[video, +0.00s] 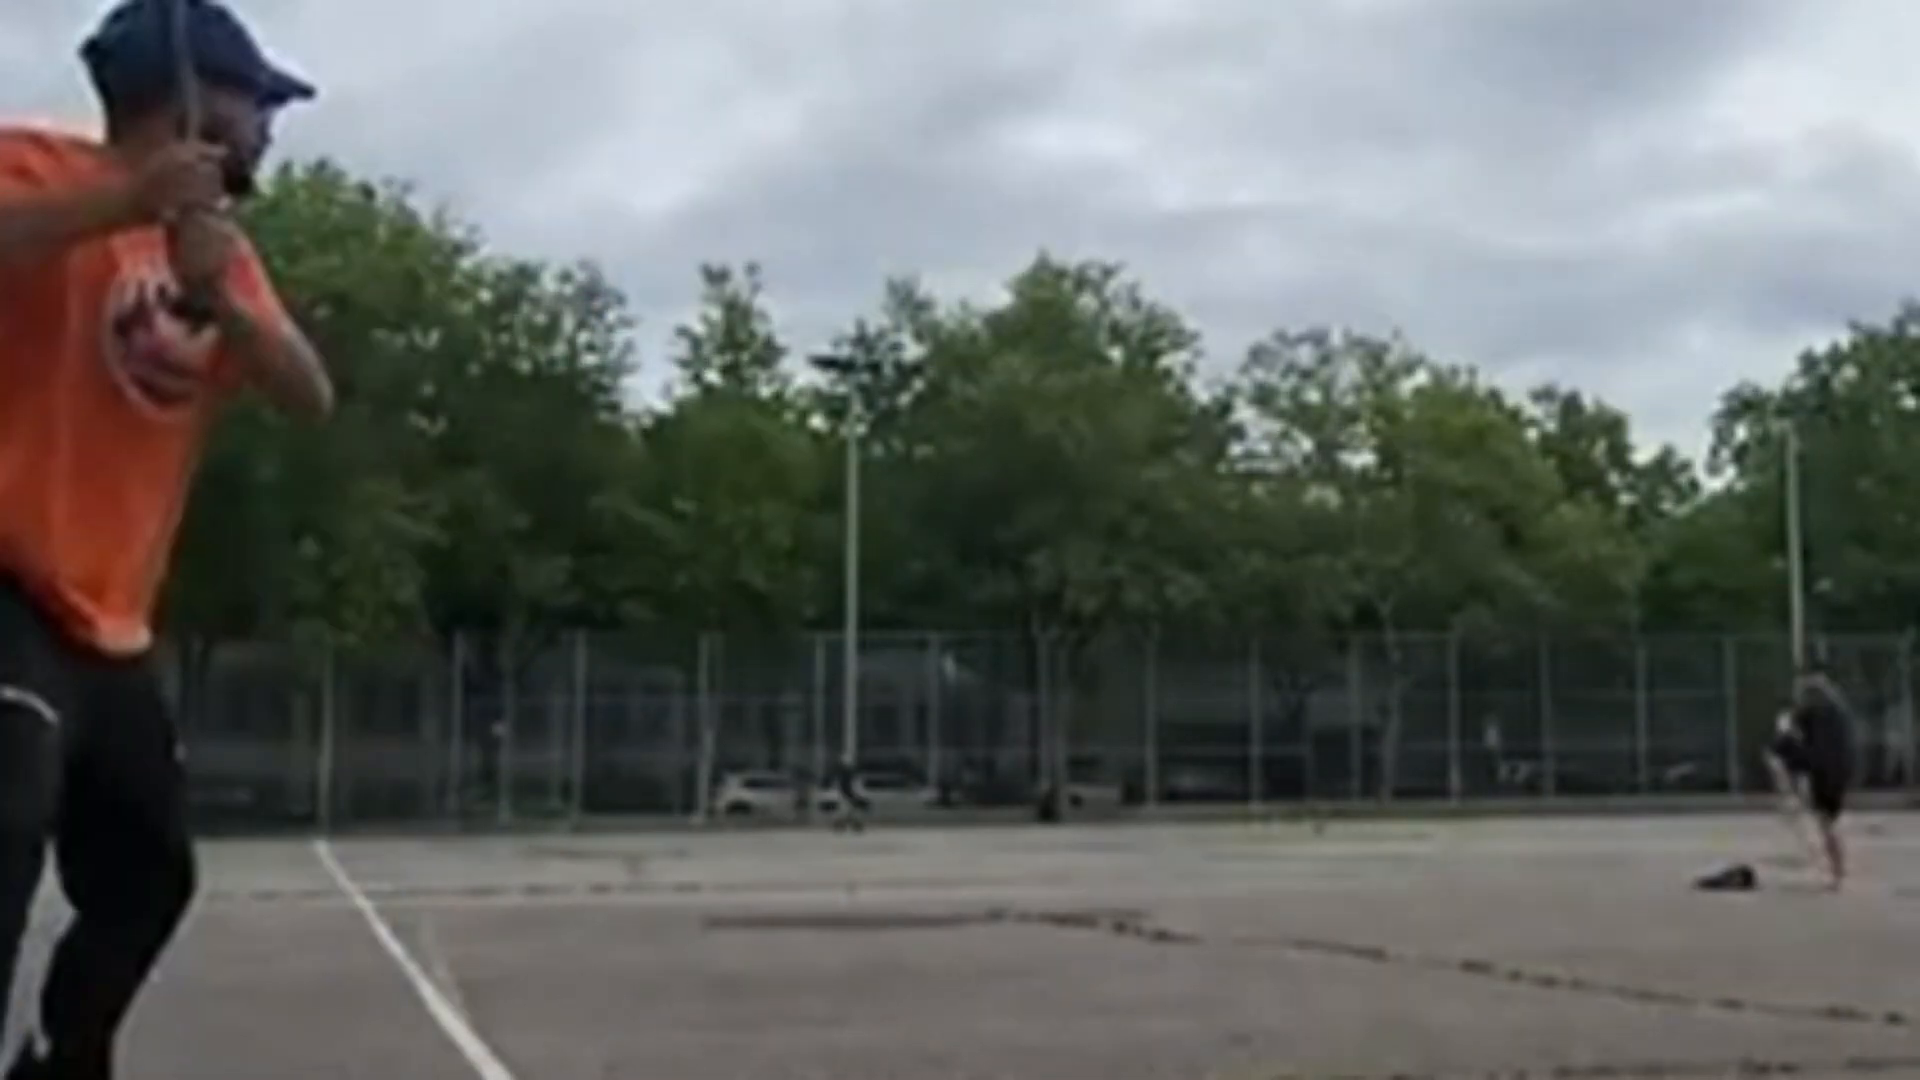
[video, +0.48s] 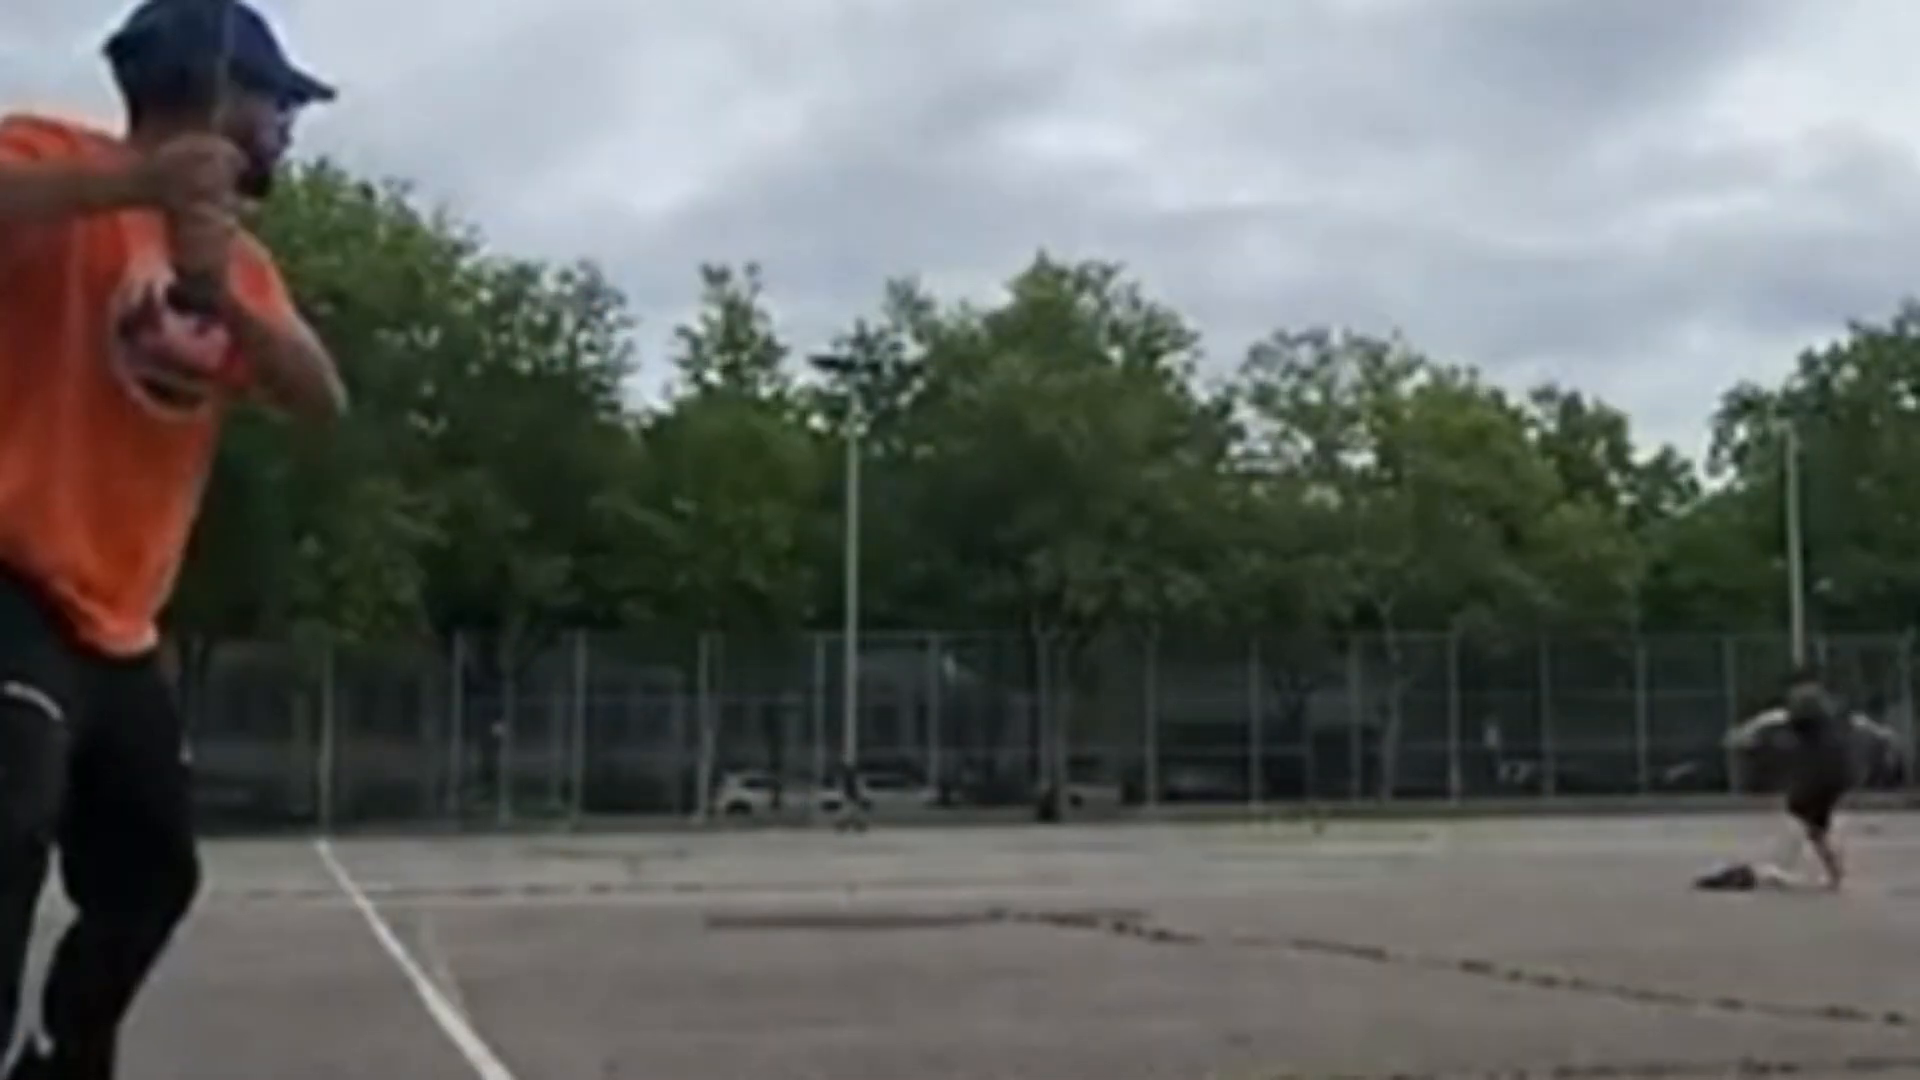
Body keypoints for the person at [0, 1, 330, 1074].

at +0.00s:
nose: (261, 136)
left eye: (265, 112)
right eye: (242, 108)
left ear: (222, 118)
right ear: (168, 102)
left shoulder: (221, 247)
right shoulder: (39, 170)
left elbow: (310, 397)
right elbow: (8, 233)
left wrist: (227, 307)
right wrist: (128, 199)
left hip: (113, 623)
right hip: (16, 597)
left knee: (145, 882)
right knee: (14, 839)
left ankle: (68, 1064)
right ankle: (19, 1054)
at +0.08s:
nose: (267, 137)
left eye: (270, 112)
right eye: (249, 110)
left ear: (217, 123)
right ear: (172, 106)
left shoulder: (224, 249)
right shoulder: (42, 175)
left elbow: (313, 399)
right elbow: (9, 235)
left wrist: (232, 306)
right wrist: (124, 200)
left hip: (115, 626)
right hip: (16, 599)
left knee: (148, 881)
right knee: (13, 846)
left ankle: (69, 1064)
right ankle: (19, 1053)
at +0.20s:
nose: (275, 138)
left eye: (278, 115)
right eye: (257, 111)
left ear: (222, 123)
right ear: (180, 105)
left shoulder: (225, 249)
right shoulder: (37, 176)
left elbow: (317, 402)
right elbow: (7, 239)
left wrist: (226, 296)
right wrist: (129, 195)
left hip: (120, 632)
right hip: (15, 602)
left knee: (151, 884)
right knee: (5, 859)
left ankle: (70, 1064)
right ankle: (19, 1056)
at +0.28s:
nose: (278, 136)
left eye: (281, 113)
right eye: (262, 109)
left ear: (217, 115)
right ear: (188, 101)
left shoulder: (230, 251)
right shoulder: (47, 171)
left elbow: (319, 398)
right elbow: (6, 208)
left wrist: (228, 302)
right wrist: (127, 185)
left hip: (121, 630)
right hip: (17, 597)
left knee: (152, 881)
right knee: (12, 844)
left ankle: (68, 1064)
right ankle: (19, 1055)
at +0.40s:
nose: (279, 135)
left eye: (284, 110)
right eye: (262, 107)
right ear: (187, 96)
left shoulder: (234, 253)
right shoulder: (53, 165)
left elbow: (318, 399)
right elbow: (6, 196)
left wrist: (228, 300)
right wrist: (128, 180)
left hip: (121, 627)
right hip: (17, 592)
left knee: (150, 880)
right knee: (15, 836)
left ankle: (67, 1061)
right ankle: (14, 1052)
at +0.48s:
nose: (285, 132)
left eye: (289, 107)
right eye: (269, 103)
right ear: (198, 92)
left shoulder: (237, 255)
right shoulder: (56, 159)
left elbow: (319, 399)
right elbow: (4, 193)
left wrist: (226, 306)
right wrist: (138, 178)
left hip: (120, 625)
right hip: (13, 588)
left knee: (147, 880)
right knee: (13, 835)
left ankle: (64, 1061)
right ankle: (8, 1050)